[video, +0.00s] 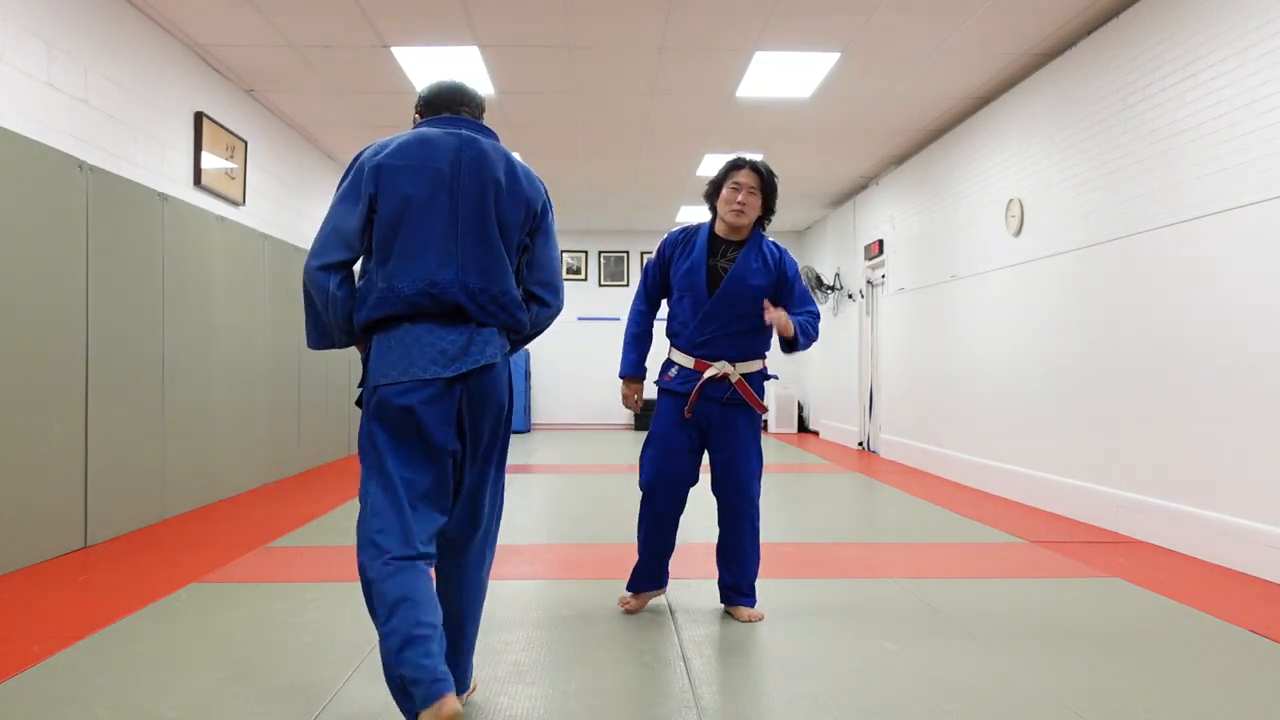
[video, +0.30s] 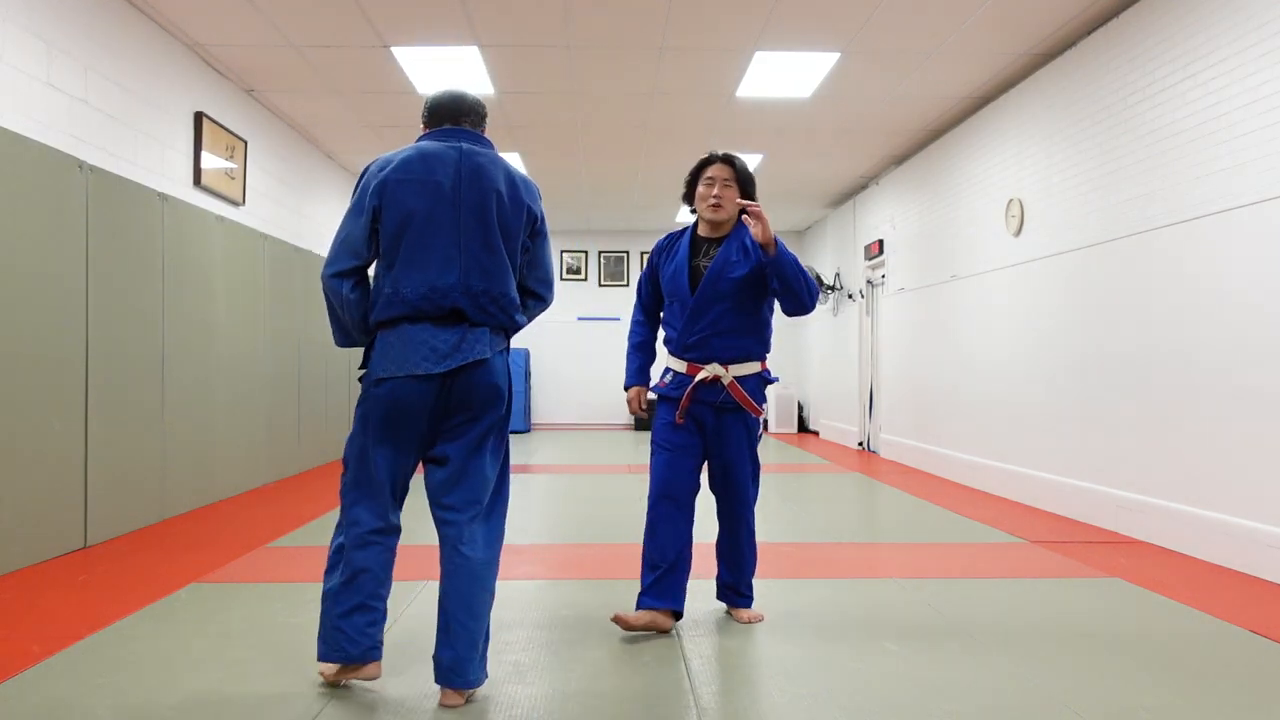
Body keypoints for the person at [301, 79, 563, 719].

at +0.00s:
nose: (410, 124)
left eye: (413, 116)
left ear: (419, 117)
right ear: (482, 120)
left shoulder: (382, 158)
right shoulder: (522, 177)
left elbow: (324, 265)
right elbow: (547, 293)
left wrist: (359, 332)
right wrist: (497, 336)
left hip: (403, 363)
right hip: (488, 365)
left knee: (394, 535)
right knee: (470, 530)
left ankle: (432, 695)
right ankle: (452, 684)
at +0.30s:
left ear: (423, 126)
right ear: (484, 128)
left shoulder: (386, 171)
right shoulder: (518, 185)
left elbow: (340, 269)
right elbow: (539, 287)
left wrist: (367, 334)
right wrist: (488, 325)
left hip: (400, 362)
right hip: (483, 367)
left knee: (369, 508)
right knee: (471, 519)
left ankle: (353, 650)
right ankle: (458, 676)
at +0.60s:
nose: (479, 169)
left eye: (481, 162)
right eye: (480, 161)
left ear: (420, 145)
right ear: (466, 151)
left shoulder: (361, 202)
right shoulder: (476, 200)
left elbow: (338, 292)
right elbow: (512, 300)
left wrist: (380, 334)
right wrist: (501, 349)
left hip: (385, 367)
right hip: (456, 365)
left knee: (382, 500)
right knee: (461, 509)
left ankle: (372, 627)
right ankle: (456, 670)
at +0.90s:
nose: (471, 183)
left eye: (476, 173)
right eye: (471, 169)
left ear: (435, 156)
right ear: (442, 155)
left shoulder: (380, 198)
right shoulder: (417, 197)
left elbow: (358, 293)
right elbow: (442, 286)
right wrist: (473, 318)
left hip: (367, 364)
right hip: (416, 363)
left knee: (385, 493)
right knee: (469, 489)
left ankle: (371, 628)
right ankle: (434, 624)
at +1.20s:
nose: (480, 187)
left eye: (486, 177)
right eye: (479, 173)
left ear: (448, 162)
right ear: (448, 157)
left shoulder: (429, 203)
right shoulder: (415, 198)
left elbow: (462, 279)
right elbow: (420, 283)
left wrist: (472, 325)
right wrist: (465, 327)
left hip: (402, 361)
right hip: (415, 365)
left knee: (402, 487)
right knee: (431, 491)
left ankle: (372, 618)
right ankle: (423, 625)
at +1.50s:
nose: (498, 188)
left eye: (504, 178)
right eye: (496, 175)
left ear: (470, 167)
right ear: (464, 161)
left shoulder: (461, 210)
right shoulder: (427, 198)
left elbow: (468, 281)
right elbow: (409, 266)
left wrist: (487, 326)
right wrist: (460, 310)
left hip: (451, 366)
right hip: (420, 366)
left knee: (474, 470)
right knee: (436, 484)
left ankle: (411, 577)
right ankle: (421, 627)